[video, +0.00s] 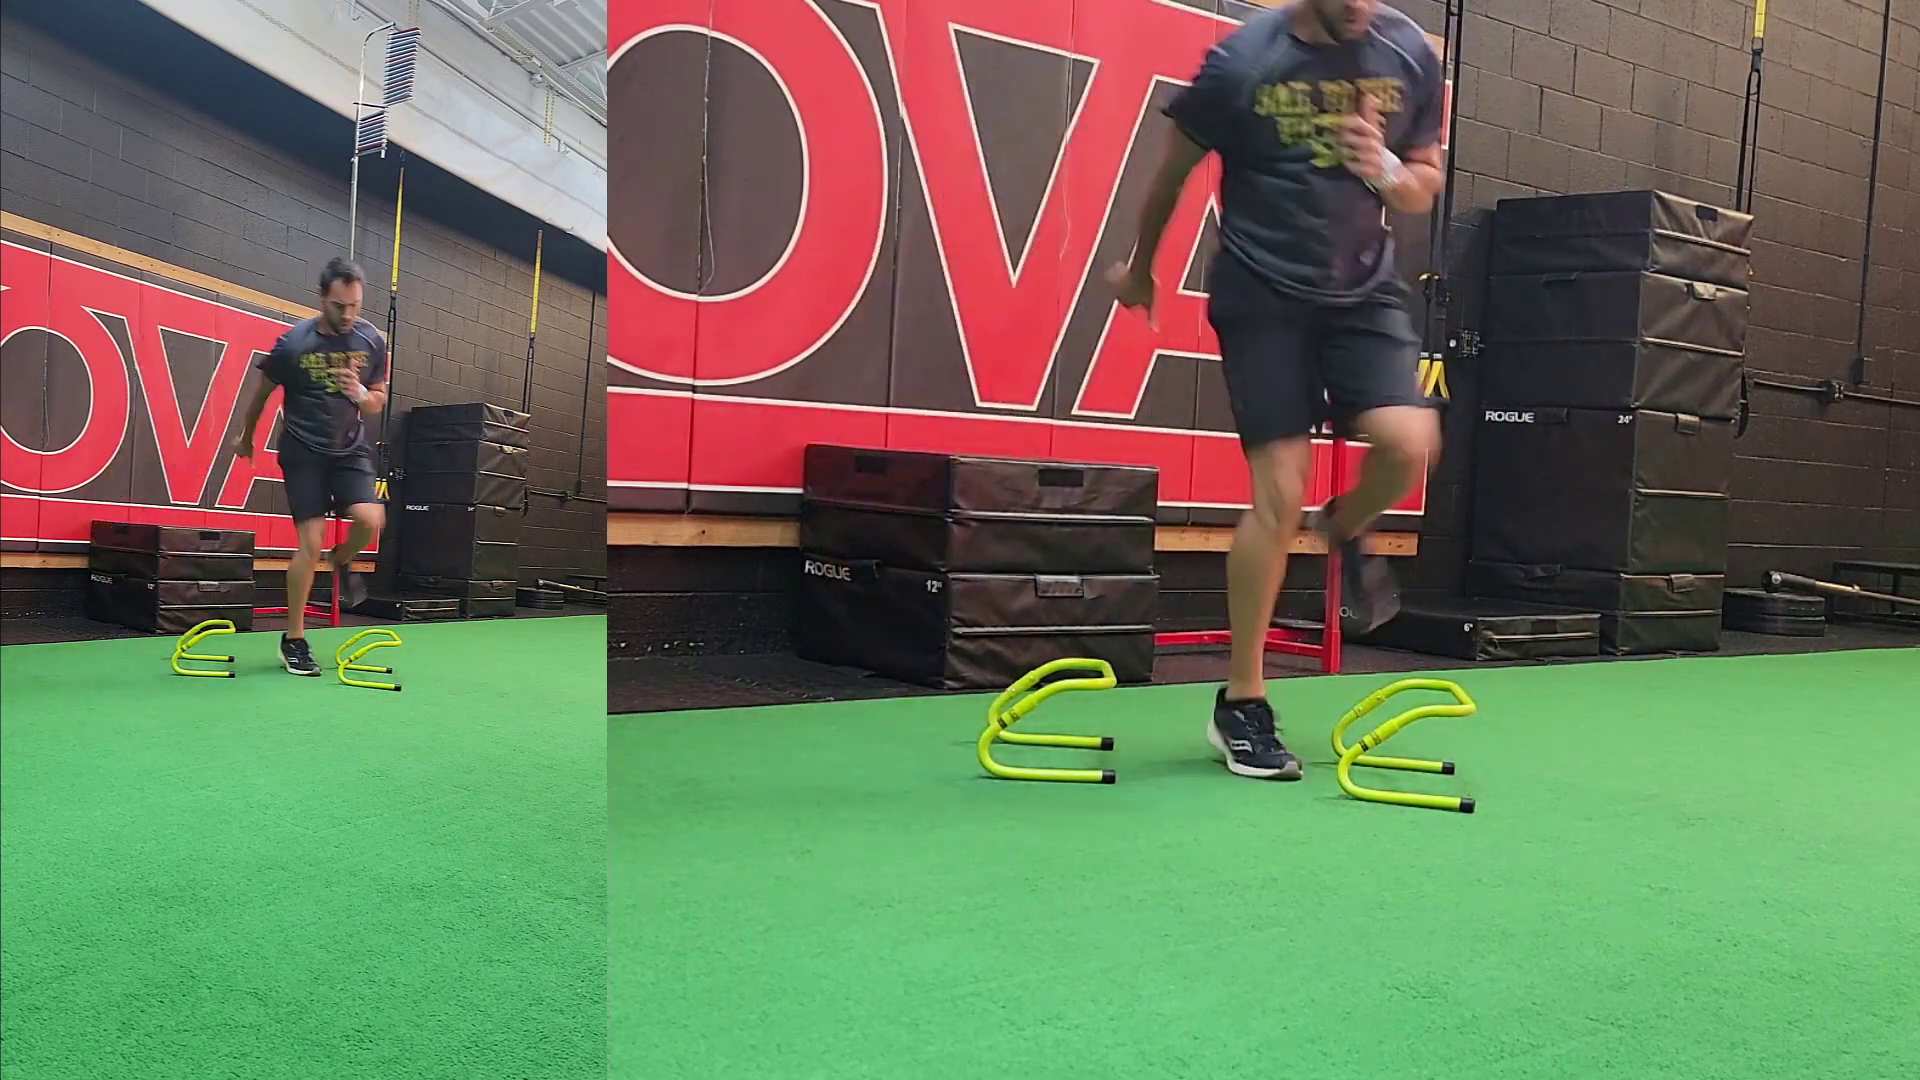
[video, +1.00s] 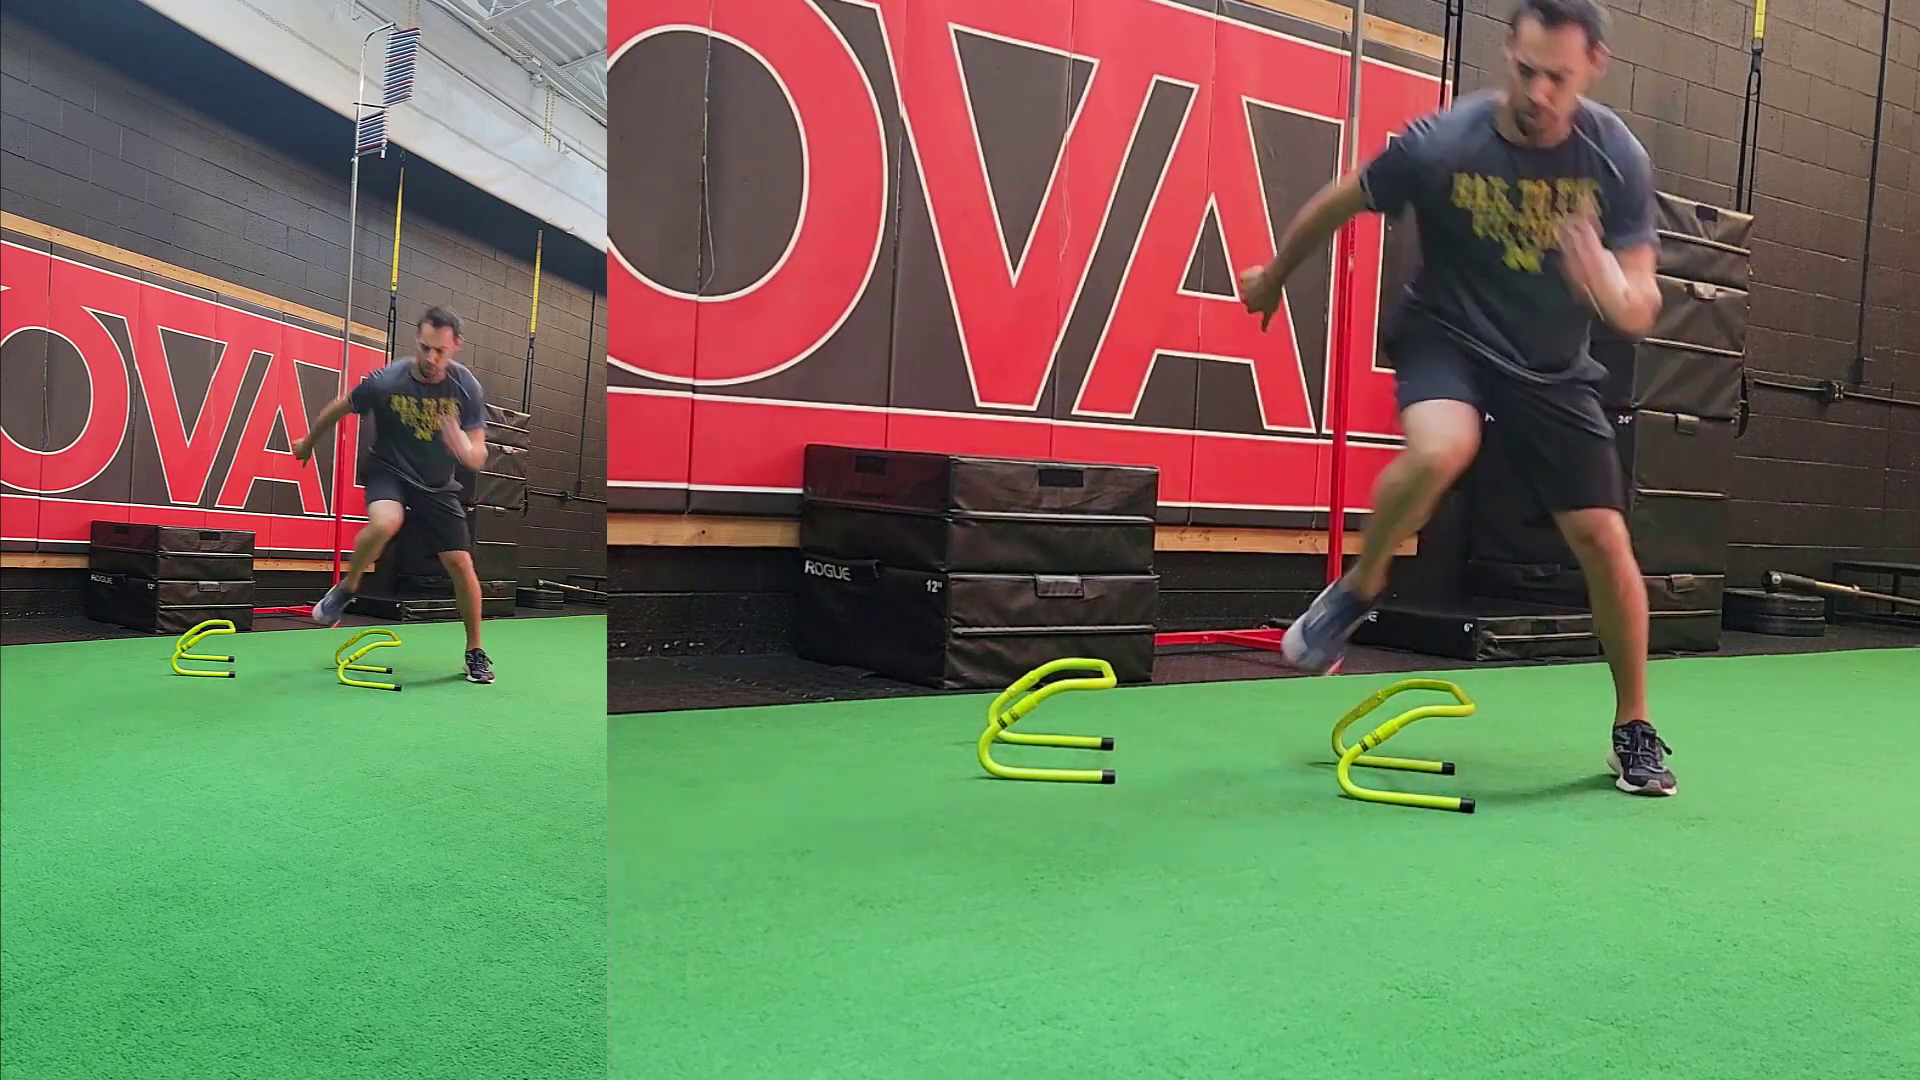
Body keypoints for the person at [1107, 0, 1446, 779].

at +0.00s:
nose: (1365, 5)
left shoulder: (1413, 56)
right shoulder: (1242, 62)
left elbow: (1427, 189)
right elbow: (1172, 167)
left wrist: (1390, 174)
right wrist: (1140, 266)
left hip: (1369, 293)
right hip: (1264, 296)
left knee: (1409, 448)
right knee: (1281, 500)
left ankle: (1338, 531)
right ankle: (1243, 701)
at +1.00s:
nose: (1536, 94)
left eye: (1556, 77)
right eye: (1525, 71)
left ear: (1594, 67)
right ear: (1507, 53)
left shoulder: (1617, 157)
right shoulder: (1440, 144)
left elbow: (1639, 308)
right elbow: (1335, 204)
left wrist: (1603, 283)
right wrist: (1271, 275)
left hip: (1555, 367)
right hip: (1447, 337)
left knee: (1603, 537)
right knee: (1442, 452)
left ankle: (1635, 726)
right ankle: (1358, 588)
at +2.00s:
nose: (906, 122)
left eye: (925, 102)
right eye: (892, 100)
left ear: (967, 76)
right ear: (874, 79)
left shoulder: (1036, 166)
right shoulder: (870, 129)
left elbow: (979, 324)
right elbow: (912, 241)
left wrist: (897, 217)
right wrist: (891, 208)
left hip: (1032, 335)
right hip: (927, 321)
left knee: (971, 487)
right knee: (896, 490)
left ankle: (963, 507)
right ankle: (872, 690)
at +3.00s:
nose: (1347, 22)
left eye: (1359, 7)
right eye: (1330, 6)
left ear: (1373, 5)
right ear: (1290, 2)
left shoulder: (1400, 83)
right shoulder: (1225, 90)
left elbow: (1413, 194)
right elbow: (1169, 231)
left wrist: (1419, 304)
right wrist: (1173, 353)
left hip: (1355, 311)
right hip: (1243, 312)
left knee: (1402, 465)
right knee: (1243, 511)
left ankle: (1342, 505)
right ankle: (1204, 714)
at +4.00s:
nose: (1475, 17)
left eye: (1493, 3)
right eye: (1461, 1)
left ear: (1519, 9)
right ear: (1437, 3)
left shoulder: (1560, 80)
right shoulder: (1376, 91)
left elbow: (1605, 221)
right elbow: (1307, 189)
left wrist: (1552, 200)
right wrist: (1258, 294)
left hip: (1509, 330)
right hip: (1394, 315)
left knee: (1564, 504)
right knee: (1352, 486)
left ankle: (1624, 708)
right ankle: (1269, 646)